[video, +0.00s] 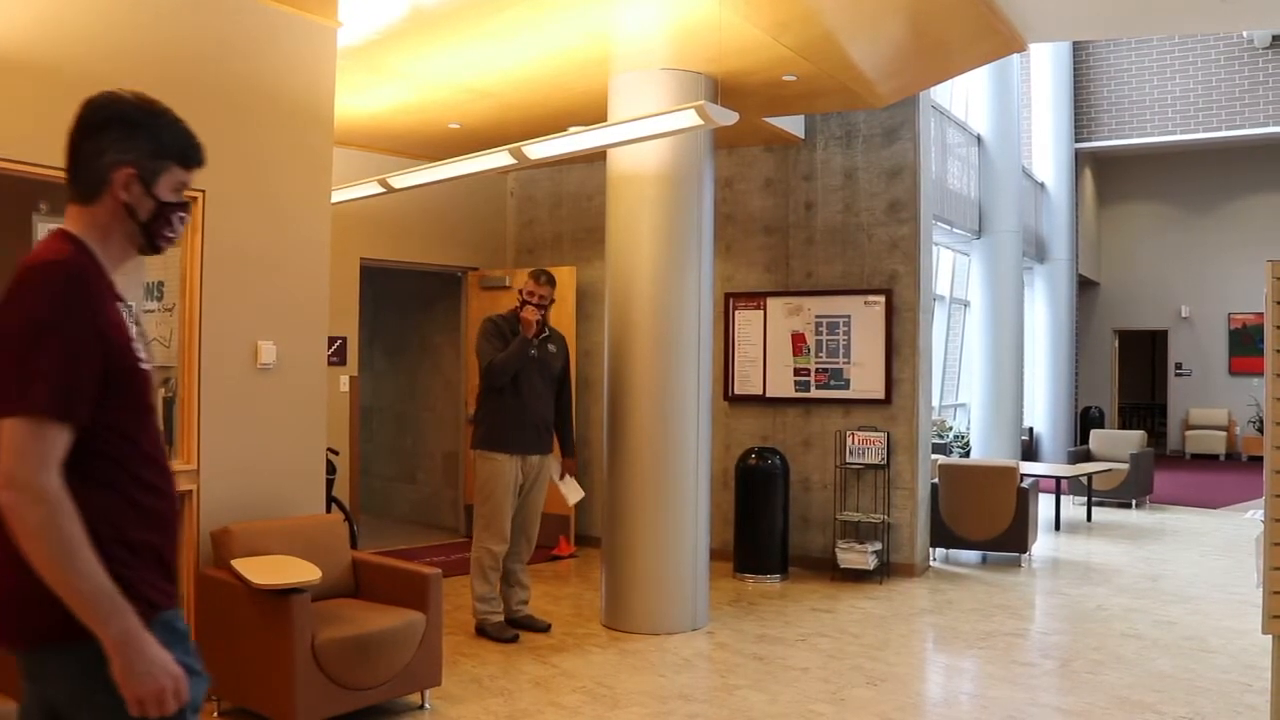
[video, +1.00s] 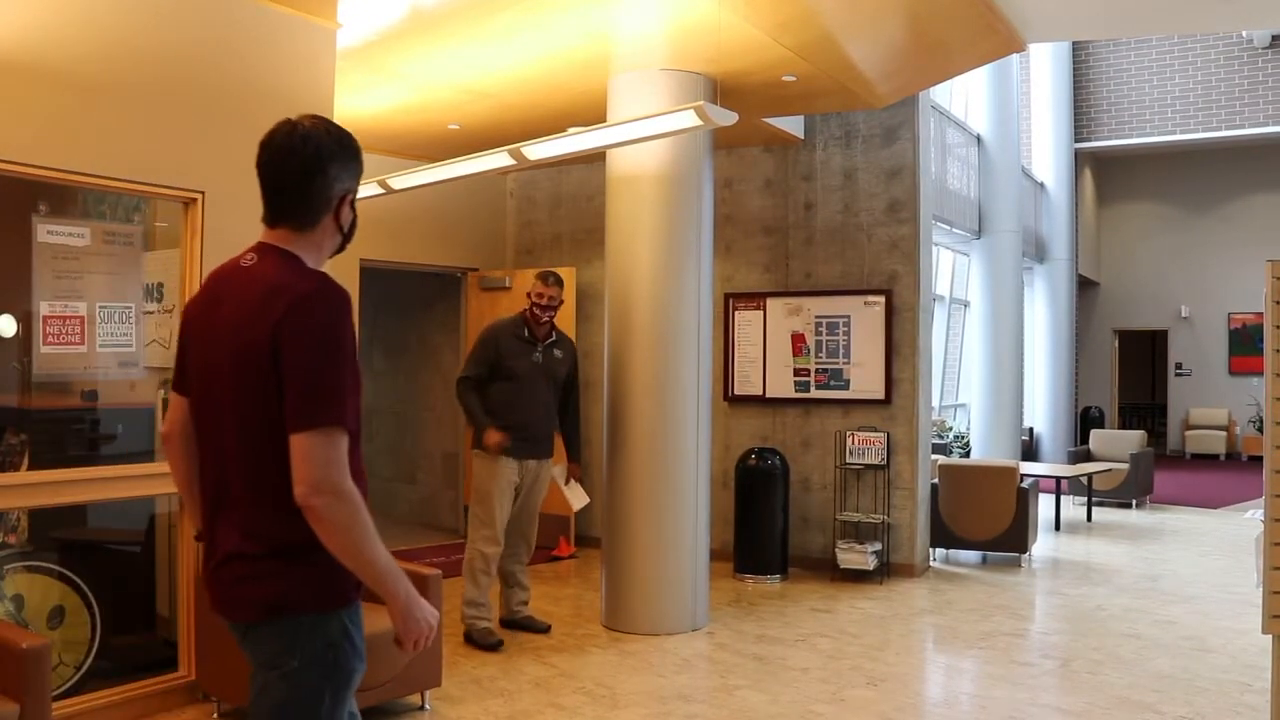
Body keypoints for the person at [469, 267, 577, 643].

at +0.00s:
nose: (535, 304)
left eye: (543, 299)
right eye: (531, 296)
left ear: (552, 302)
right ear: (520, 292)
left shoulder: (556, 339)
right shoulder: (495, 327)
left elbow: (562, 400)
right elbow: (492, 376)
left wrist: (568, 452)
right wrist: (526, 335)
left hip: (539, 449)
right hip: (497, 447)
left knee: (524, 537)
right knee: (493, 536)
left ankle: (516, 609)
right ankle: (487, 616)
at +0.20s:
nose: (536, 303)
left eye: (544, 299)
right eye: (532, 295)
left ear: (554, 302)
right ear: (523, 292)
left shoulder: (558, 341)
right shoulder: (497, 327)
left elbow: (564, 402)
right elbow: (493, 375)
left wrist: (568, 454)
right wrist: (529, 336)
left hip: (539, 450)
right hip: (498, 447)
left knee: (524, 537)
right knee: (492, 536)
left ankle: (516, 609)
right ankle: (487, 616)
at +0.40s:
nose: (537, 304)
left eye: (546, 300)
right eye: (533, 296)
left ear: (556, 303)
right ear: (524, 292)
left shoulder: (560, 342)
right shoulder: (499, 327)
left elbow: (565, 402)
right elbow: (495, 375)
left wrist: (568, 455)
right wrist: (530, 336)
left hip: (541, 451)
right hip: (499, 448)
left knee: (525, 538)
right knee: (493, 536)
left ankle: (516, 609)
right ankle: (488, 616)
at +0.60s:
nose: (539, 305)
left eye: (547, 301)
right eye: (535, 297)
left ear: (558, 303)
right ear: (525, 293)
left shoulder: (562, 343)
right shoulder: (501, 327)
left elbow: (567, 404)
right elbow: (497, 376)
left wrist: (571, 455)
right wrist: (532, 337)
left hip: (542, 452)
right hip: (500, 448)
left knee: (525, 539)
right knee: (494, 537)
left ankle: (517, 609)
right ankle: (488, 616)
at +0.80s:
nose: (543, 305)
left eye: (551, 300)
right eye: (539, 297)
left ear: (562, 302)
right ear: (529, 294)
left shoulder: (566, 346)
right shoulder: (503, 329)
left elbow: (569, 405)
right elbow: (475, 378)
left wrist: (573, 456)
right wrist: (519, 370)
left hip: (541, 452)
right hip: (499, 448)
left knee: (524, 537)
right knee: (494, 536)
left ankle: (516, 610)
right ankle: (486, 617)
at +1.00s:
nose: (541, 306)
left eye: (550, 301)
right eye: (537, 298)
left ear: (560, 303)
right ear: (527, 296)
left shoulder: (565, 349)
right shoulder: (498, 334)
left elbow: (569, 407)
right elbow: (466, 383)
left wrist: (574, 458)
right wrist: (483, 427)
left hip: (540, 456)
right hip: (497, 452)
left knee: (521, 538)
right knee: (487, 539)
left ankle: (515, 611)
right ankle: (477, 621)